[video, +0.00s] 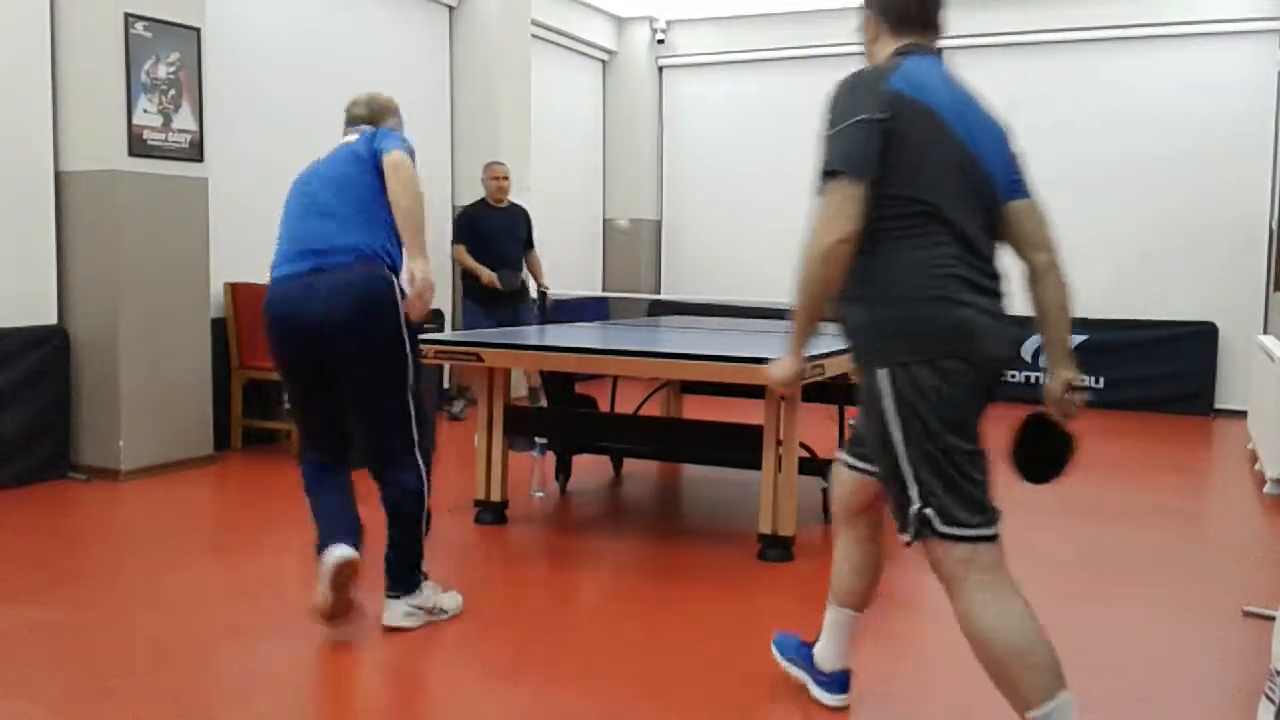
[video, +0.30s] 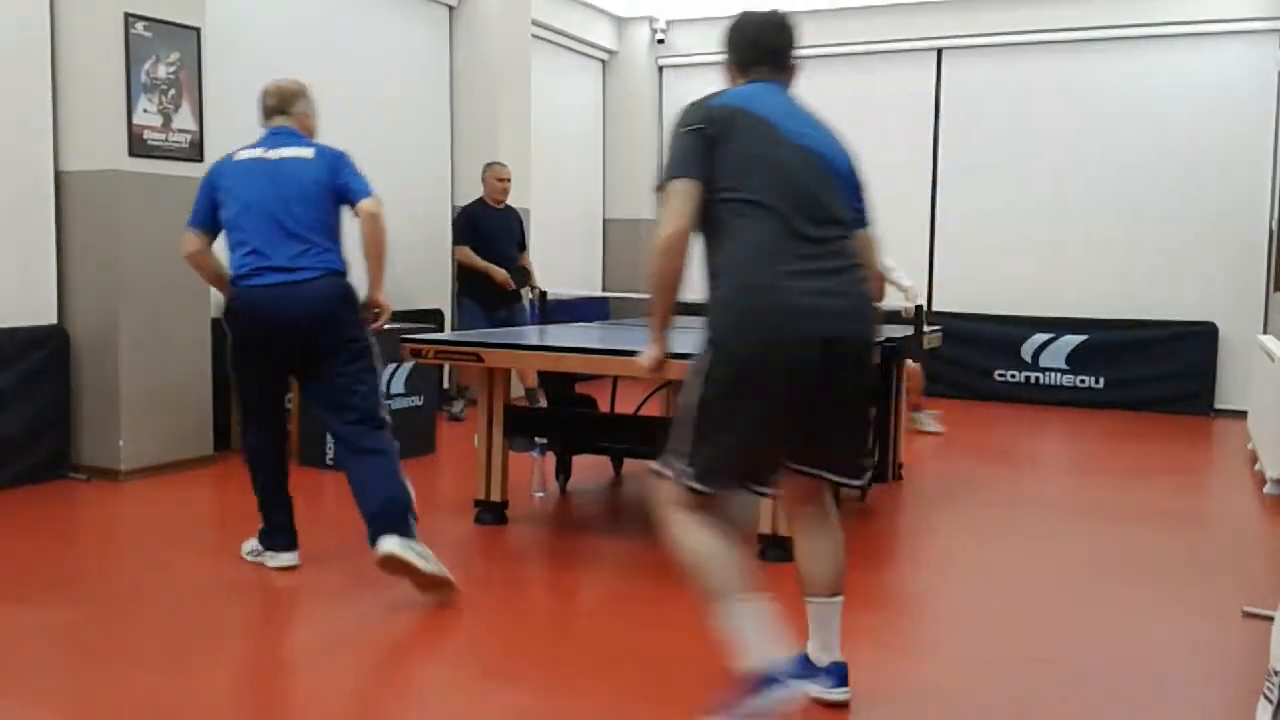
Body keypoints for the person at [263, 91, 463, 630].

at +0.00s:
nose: (403, 135)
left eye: (401, 127)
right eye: (401, 128)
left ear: (347, 129)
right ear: (391, 124)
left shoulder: (313, 171)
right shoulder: (389, 138)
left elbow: (310, 245)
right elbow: (398, 172)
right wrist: (419, 259)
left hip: (289, 297)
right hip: (359, 290)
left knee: (321, 445)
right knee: (396, 443)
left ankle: (337, 545)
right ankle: (406, 590)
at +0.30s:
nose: (315, 122)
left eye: (312, 115)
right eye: (313, 115)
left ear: (263, 119)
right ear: (304, 117)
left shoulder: (224, 169)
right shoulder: (328, 159)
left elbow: (193, 250)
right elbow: (370, 210)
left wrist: (231, 287)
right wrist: (376, 288)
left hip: (255, 309)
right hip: (326, 302)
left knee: (263, 427)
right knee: (360, 421)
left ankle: (278, 540)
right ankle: (393, 531)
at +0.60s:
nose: (269, 122)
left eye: (269, 114)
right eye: (267, 114)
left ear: (222, 109)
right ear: (255, 112)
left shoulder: (181, 149)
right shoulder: (259, 152)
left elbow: (162, 220)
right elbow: (281, 212)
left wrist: (219, 231)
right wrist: (309, 273)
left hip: (179, 285)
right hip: (236, 286)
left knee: (209, 388)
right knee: (251, 385)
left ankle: (233, 476)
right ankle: (251, 492)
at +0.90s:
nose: (191, 143)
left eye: (192, 134)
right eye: (188, 134)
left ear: (156, 132)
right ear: (167, 133)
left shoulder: (124, 169)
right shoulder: (152, 177)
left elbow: (123, 245)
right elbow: (161, 247)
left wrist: (164, 286)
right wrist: (219, 268)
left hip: (102, 292)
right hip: (126, 294)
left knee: (105, 395)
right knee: (188, 389)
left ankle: (52, 482)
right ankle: (233, 494)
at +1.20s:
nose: (120, 116)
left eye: (125, 108)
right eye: (112, 106)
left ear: (124, 111)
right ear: (86, 104)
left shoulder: (103, 155)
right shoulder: (54, 146)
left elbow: (88, 222)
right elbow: (11, 202)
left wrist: (103, 278)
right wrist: (39, 264)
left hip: (83, 270)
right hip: (49, 267)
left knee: (82, 372)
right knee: (72, 369)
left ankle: (60, 474)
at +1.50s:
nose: (54, 110)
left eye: (61, 102)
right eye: (44, 101)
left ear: (68, 107)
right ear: (20, 103)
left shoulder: (67, 155)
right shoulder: (6, 149)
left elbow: (77, 220)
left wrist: (76, 273)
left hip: (54, 276)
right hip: (12, 276)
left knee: (45, 373)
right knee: (18, 374)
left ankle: (45, 470)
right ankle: (25, 478)